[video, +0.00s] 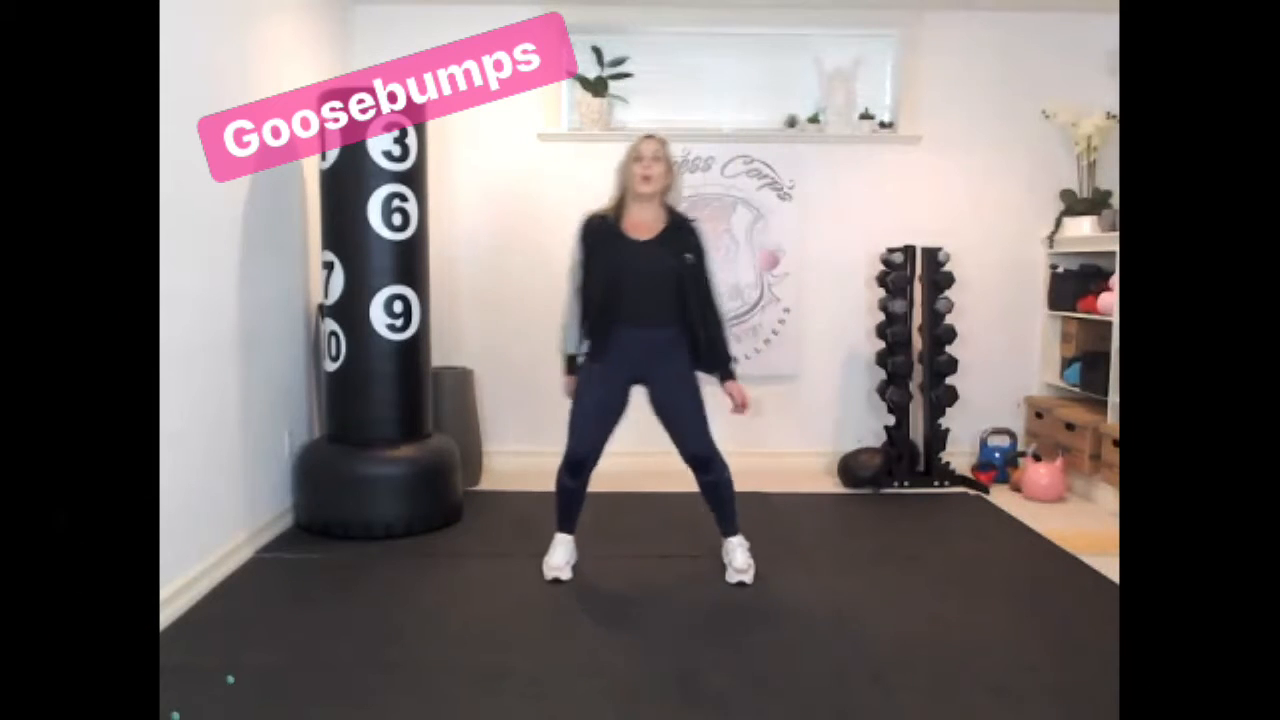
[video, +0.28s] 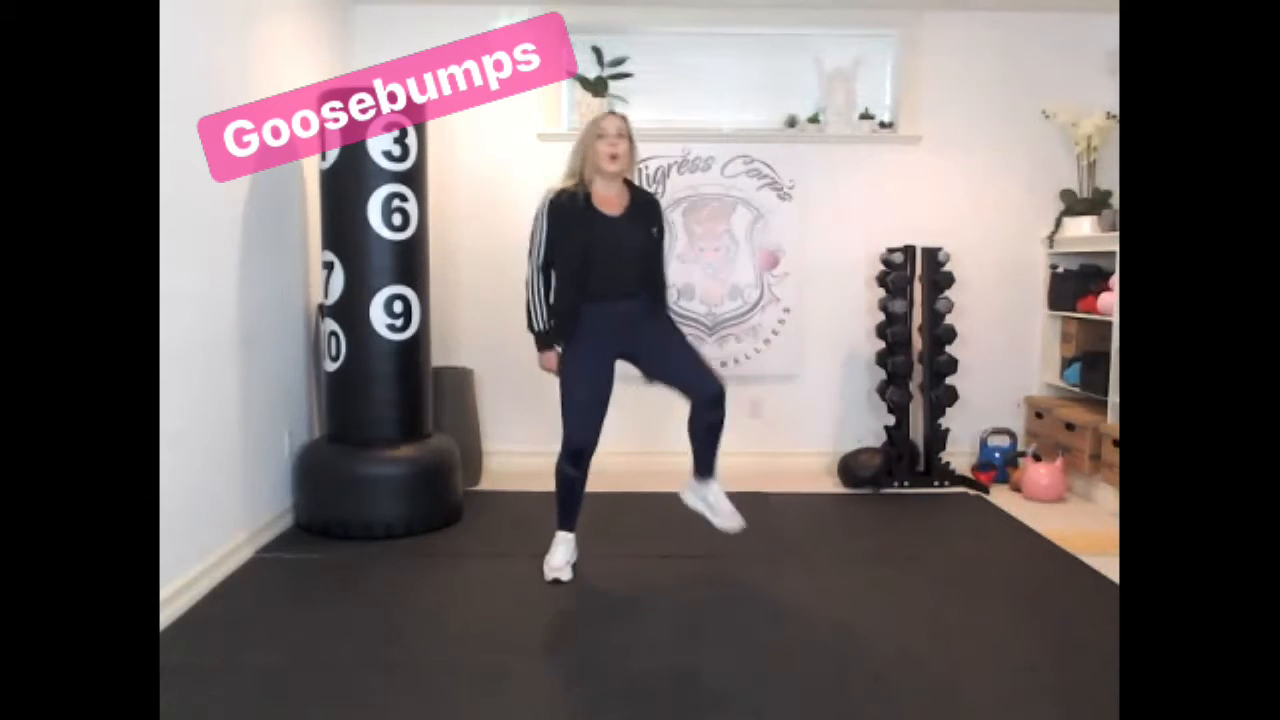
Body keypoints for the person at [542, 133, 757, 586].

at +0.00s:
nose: (647, 168)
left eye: (656, 161)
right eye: (639, 160)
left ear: (669, 173)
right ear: (626, 170)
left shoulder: (682, 232)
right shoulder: (598, 229)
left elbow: (703, 305)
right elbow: (580, 298)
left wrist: (726, 374)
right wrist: (571, 364)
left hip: (669, 356)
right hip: (609, 356)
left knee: (701, 454)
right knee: (579, 455)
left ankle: (733, 540)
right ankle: (563, 539)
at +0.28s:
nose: (613, 146)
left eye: (621, 138)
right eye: (604, 138)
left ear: (632, 149)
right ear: (587, 148)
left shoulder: (646, 205)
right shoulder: (561, 205)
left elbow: (655, 275)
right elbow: (540, 272)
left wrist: (660, 330)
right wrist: (546, 338)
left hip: (643, 325)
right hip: (585, 331)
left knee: (710, 392)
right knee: (578, 443)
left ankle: (703, 486)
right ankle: (564, 537)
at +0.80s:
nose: (648, 168)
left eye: (655, 160)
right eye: (638, 162)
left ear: (668, 170)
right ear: (622, 174)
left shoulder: (686, 229)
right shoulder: (601, 227)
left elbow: (694, 299)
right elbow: (573, 289)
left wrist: (696, 362)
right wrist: (527, 286)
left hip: (670, 353)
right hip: (612, 351)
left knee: (716, 452)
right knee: (586, 459)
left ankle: (753, 544)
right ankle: (565, 539)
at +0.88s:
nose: (676, 176)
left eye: (684, 168)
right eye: (666, 169)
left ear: (697, 178)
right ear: (650, 181)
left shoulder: (716, 238)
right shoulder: (631, 235)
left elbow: (727, 312)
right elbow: (603, 297)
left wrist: (736, 382)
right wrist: (556, 296)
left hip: (696, 362)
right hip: (637, 361)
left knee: (740, 461)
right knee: (606, 461)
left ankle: (764, 553)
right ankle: (567, 540)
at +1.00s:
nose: (707, 159)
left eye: (716, 151)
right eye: (697, 153)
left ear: (732, 160)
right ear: (686, 166)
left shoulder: (756, 220)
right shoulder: (667, 221)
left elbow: (780, 294)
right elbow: (640, 287)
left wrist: (790, 364)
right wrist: (600, 279)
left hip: (735, 349)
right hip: (675, 345)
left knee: (758, 455)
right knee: (627, 444)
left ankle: (768, 554)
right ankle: (584, 524)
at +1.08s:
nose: (721, 142)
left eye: (730, 133)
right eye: (712, 135)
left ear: (746, 142)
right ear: (699, 147)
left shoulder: (771, 200)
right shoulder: (679, 203)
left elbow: (824, 268)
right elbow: (652, 265)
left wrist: (816, 332)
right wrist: (626, 260)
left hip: (747, 335)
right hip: (688, 332)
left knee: (760, 447)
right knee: (641, 432)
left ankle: (770, 550)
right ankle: (629, 503)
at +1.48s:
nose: (741, 144)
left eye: (751, 137)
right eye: (733, 137)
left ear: (766, 151)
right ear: (720, 151)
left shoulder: (788, 207)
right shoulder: (693, 212)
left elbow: (844, 266)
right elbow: (645, 265)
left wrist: (805, 320)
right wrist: (652, 231)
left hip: (758, 341)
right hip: (699, 337)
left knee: (767, 452)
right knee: (671, 439)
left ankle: (772, 550)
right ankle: (685, 514)